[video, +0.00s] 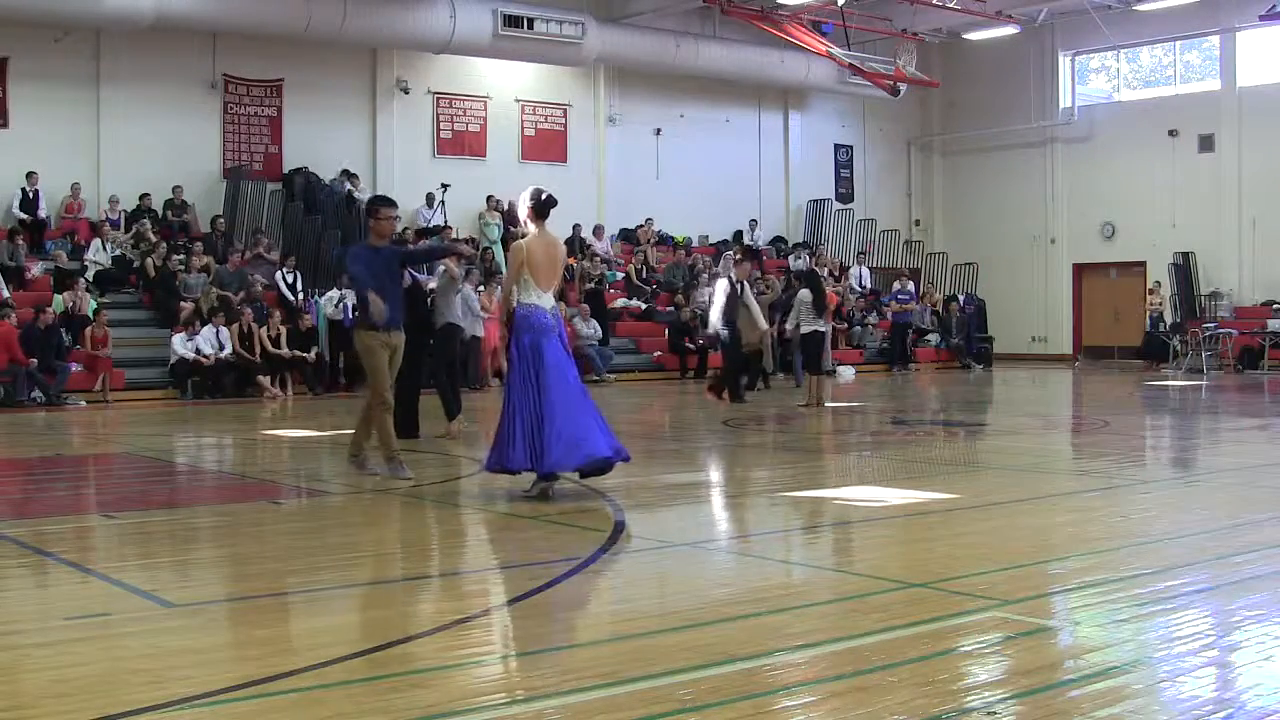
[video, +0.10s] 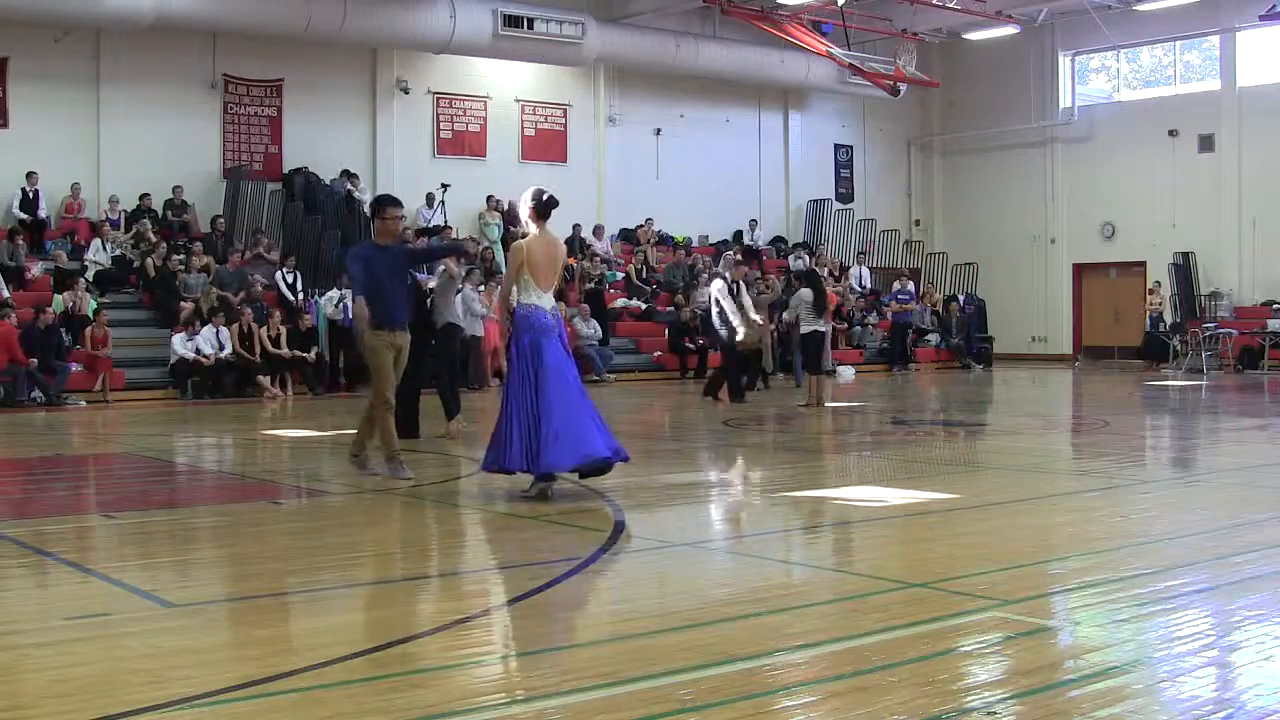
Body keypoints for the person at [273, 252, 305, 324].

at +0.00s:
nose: (293, 263)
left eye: (294, 261)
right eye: (291, 261)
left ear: (295, 262)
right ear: (285, 262)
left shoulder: (297, 274)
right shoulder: (279, 274)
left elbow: (299, 287)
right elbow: (283, 288)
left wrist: (300, 299)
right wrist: (292, 299)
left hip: (295, 297)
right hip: (285, 297)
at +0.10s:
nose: (293, 263)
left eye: (294, 261)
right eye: (291, 261)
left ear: (295, 262)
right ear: (285, 262)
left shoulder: (297, 274)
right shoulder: (279, 274)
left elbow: (299, 287)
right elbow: (283, 288)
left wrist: (300, 299)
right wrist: (292, 299)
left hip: (295, 297)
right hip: (285, 297)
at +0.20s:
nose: (293, 263)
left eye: (294, 261)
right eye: (290, 261)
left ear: (295, 262)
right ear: (285, 262)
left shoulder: (297, 274)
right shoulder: (279, 274)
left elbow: (299, 287)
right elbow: (283, 288)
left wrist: (300, 299)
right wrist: (292, 299)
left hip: (296, 297)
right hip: (285, 297)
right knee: (293, 310)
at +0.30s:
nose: (292, 263)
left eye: (294, 261)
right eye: (290, 261)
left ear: (295, 262)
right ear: (285, 262)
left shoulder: (297, 273)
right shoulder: (279, 274)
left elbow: (299, 287)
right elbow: (283, 288)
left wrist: (300, 299)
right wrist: (293, 299)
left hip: (296, 296)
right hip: (285, 297)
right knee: (293, 310)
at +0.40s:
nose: (292, 263)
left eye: (294, 261)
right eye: (290, 261)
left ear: (295, 262)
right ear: (285, 262)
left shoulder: (297, 273)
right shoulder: (279, 274)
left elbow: (299, 287)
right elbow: (283, 288)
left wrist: (300, 299)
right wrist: (293, 299)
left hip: (296, 296)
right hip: (285, 297)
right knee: (293, 309)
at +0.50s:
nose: (292, 263)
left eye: (294, 261)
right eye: (290, 261)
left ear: (295, 262)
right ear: (285, 262)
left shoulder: (297, 273)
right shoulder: (279, 274)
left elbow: (299, 287)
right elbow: (283, 288)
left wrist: (300, 299)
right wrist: (293, 299)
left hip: (296, 296)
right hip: (285, 297)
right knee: (293, 309)